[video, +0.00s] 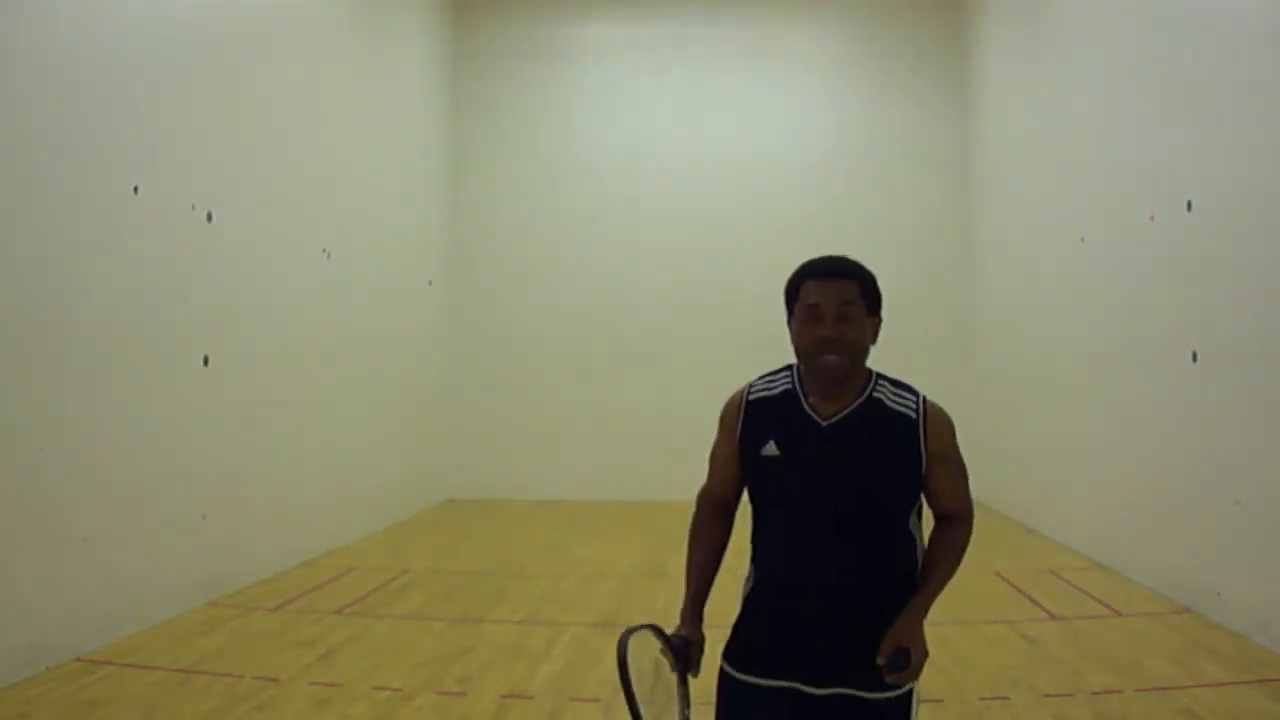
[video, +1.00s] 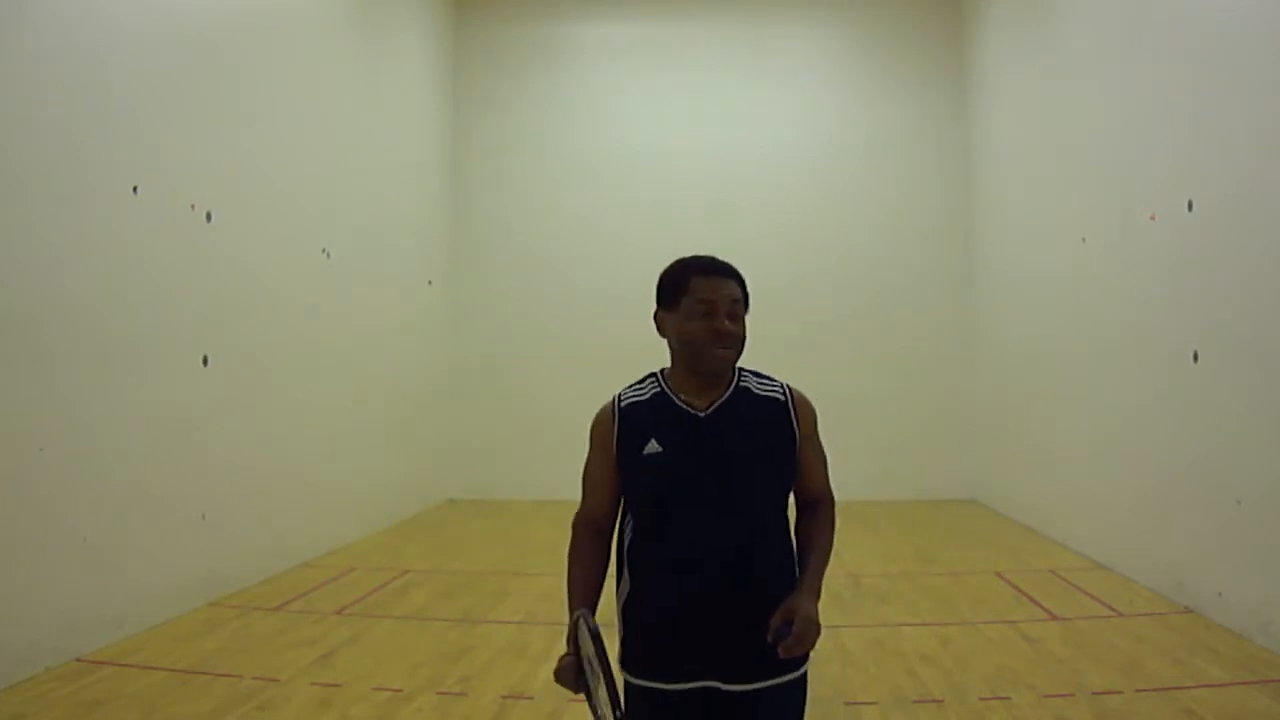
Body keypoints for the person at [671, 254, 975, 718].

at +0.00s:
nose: (829, 332)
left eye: (845, 318)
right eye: (813, 317)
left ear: (874, 328)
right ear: (790, 327)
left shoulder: (921, 423)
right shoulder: (749, 412)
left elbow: (955, 520)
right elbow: (716, 506)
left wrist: (914, 615)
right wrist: (691, 616)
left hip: (873, 664)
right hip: (768, 656)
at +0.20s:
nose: (787, 317)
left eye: (805, 305)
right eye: (771, 304)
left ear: (833, 322)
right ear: (750, 320)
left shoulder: (879, 419)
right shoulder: (713, 410)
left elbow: (914, 520)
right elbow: (690, 510)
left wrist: (880, 610)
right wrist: (664, 615)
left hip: (836, 666)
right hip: (731, 658)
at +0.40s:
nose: (734, 313)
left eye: (752, 300)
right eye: (718, 304)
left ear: (785, 321)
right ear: (703, 327)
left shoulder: (834, 414)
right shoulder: (676, 418)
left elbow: (885, 514)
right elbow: (660, 521)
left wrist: (845, 605)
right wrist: (635, 623)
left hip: (796, 677)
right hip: (692, 670)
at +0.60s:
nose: (715, 325)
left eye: (730, 311)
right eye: (697, 313)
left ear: (752, 322)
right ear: (671, 326)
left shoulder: (805, 410)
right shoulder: (642, 420)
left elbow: (845, 506)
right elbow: (621, 521)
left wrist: (825, 594)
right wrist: (606, 624)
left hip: (781, 668)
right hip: (674, 669)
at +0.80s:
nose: (717, 329)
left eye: (729, 316)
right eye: (698, 316)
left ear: (743, 324)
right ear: (660, 325)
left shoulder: (789, 409)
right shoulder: (623, 424)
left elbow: (821, 501)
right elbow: (595, 527)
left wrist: (811, 589)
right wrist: (578, 641)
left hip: (776, 666)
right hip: (670, 669)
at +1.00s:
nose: (725, 326)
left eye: (735, 314)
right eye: (705, 313)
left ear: (746, 322)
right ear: (662, 321)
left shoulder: (788, 411)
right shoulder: (621, 421)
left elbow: (816, 505)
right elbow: (593, 526)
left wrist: (808, 591)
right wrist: (579, 631)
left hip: (765, 663)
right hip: (661, 664)